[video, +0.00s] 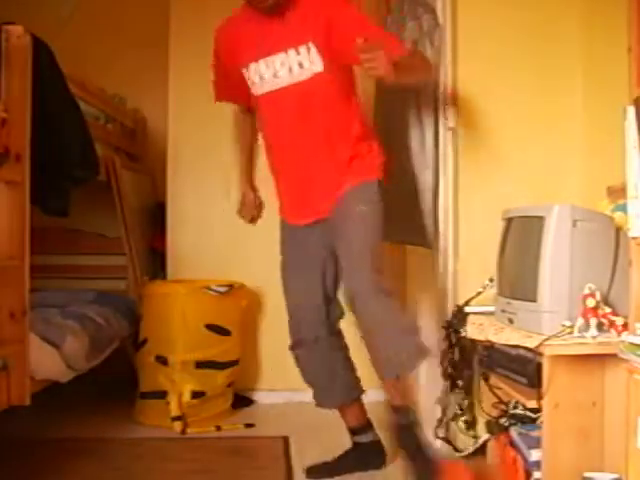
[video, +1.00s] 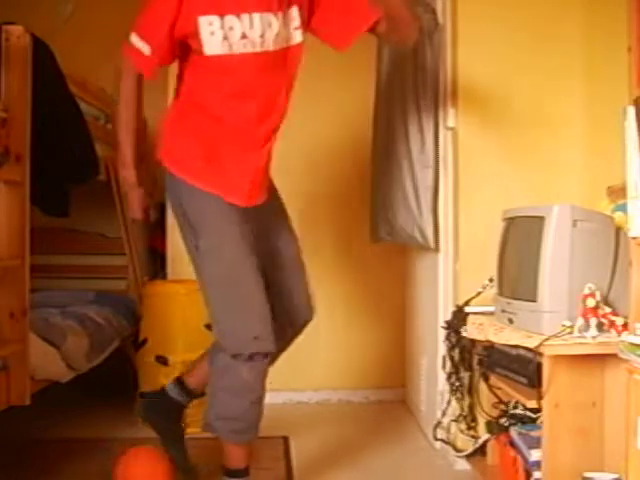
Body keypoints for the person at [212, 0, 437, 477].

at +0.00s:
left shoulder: (327, 13)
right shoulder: (233, 35)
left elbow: (423, 70)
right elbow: (245, 109)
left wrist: (392, 69)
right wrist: (246, 183)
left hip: (352, 177)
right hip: (297, 196)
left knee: (366, 291)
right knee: (309, 323)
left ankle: (406, 427)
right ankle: (364, 443)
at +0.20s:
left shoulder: (337, 4)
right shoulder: (218, 14)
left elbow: (402, 34)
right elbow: (161, 80)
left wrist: (457, 32)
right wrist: (133, 136)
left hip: (332, 166)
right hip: (275, 170)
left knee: (286, 304)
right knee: (217, 291)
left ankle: (304, 429)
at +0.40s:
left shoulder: (322, 2)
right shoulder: (197, 7)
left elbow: (406, 7)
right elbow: (124, 44)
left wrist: (453, 5)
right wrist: (74, 97)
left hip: (310, 170)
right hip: (252, 168)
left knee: (273, 307)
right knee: (199, 290)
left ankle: (297, 427)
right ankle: (135, 428)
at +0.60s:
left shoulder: (321, 2)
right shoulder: (189, 7)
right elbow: (106, 39)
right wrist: (35, 89)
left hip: (306, 190)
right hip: (237, 188)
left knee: (270, 334)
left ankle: (173, 392)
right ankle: (252, 472)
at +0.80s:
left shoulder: (311, 2)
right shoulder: (186, 5)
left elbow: (386, 8)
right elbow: (141, 50)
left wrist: (411, 19)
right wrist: (121, 123)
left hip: (275, 171)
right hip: (213, 167)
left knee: (292, 315)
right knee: (249, 330)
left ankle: (174, 400)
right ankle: (256, 473)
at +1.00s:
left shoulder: (302, 2)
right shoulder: (181, 4)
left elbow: (404, 31)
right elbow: (130, 68)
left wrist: (391, 9)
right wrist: (129, 176)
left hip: (254, 175)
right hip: (199, 175)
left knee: (291, 311)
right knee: (248, 337)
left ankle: (171, 398)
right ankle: (237, 474)